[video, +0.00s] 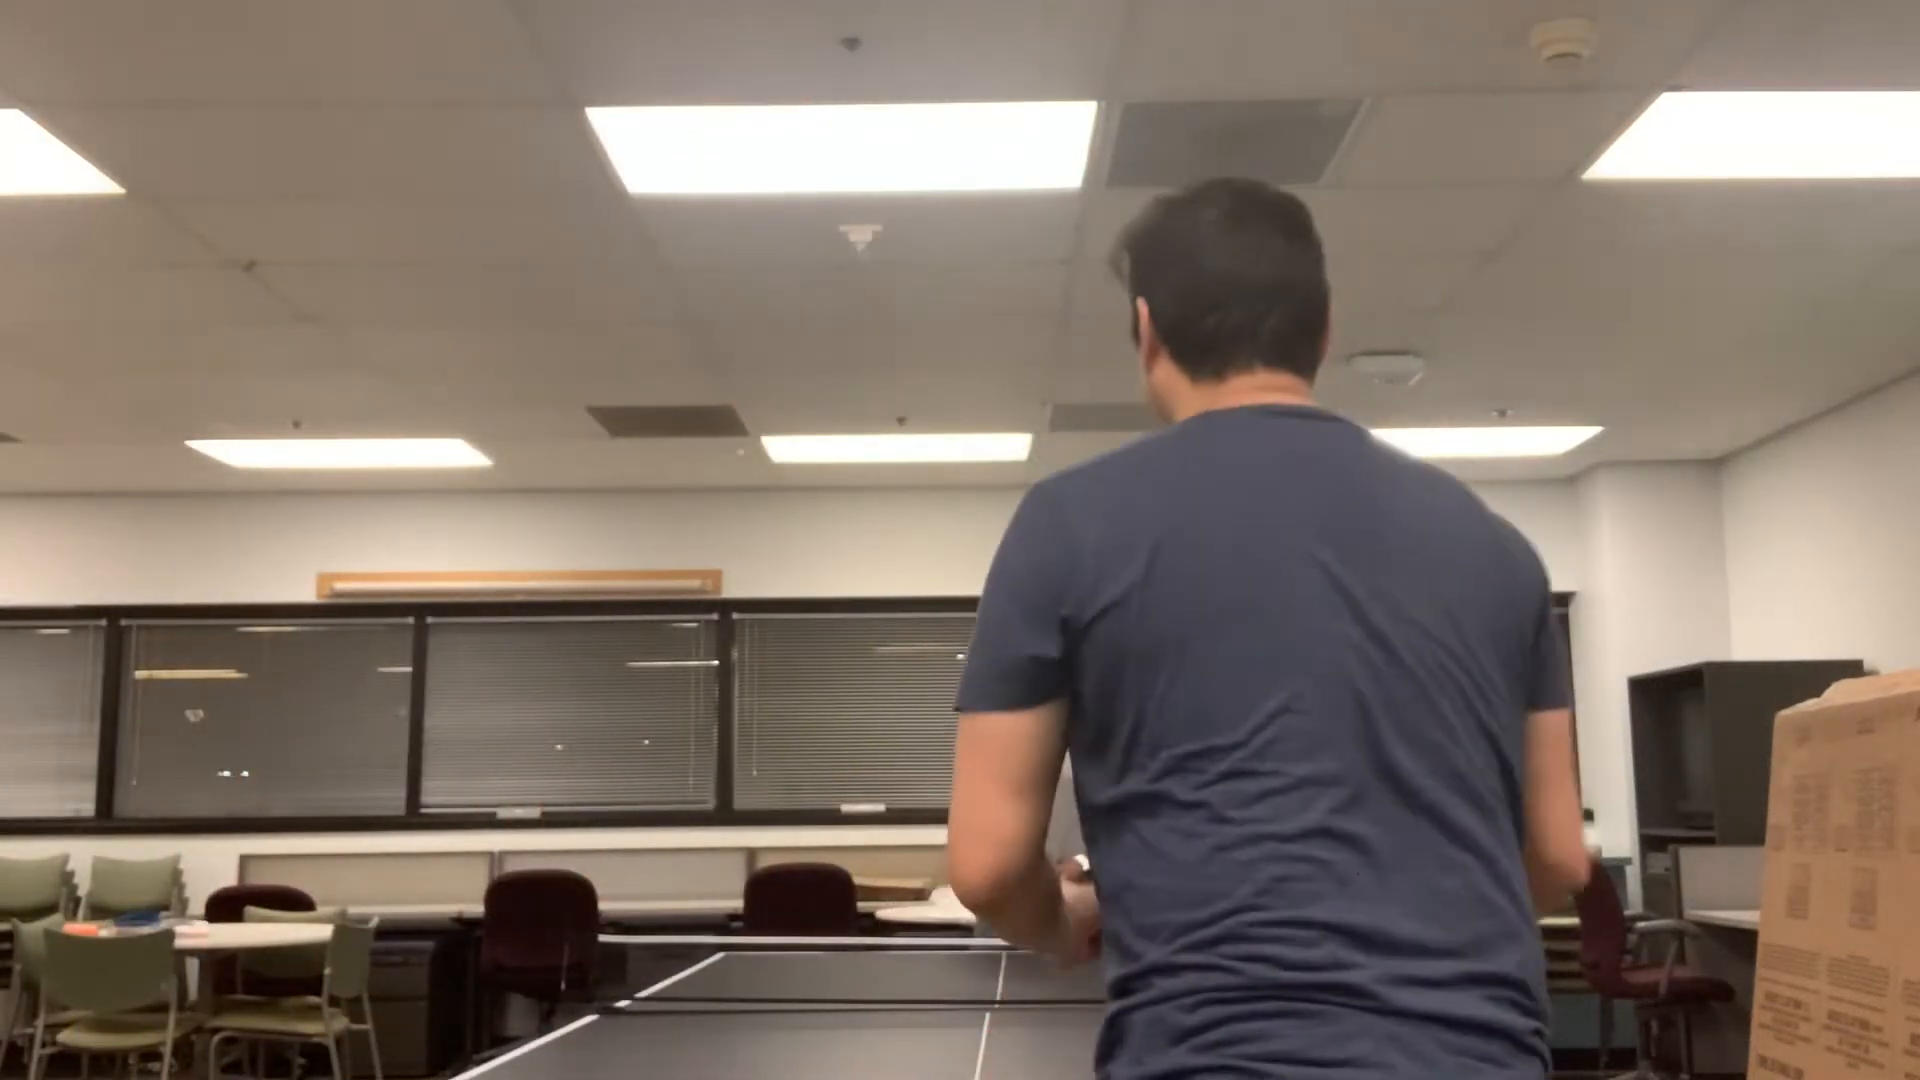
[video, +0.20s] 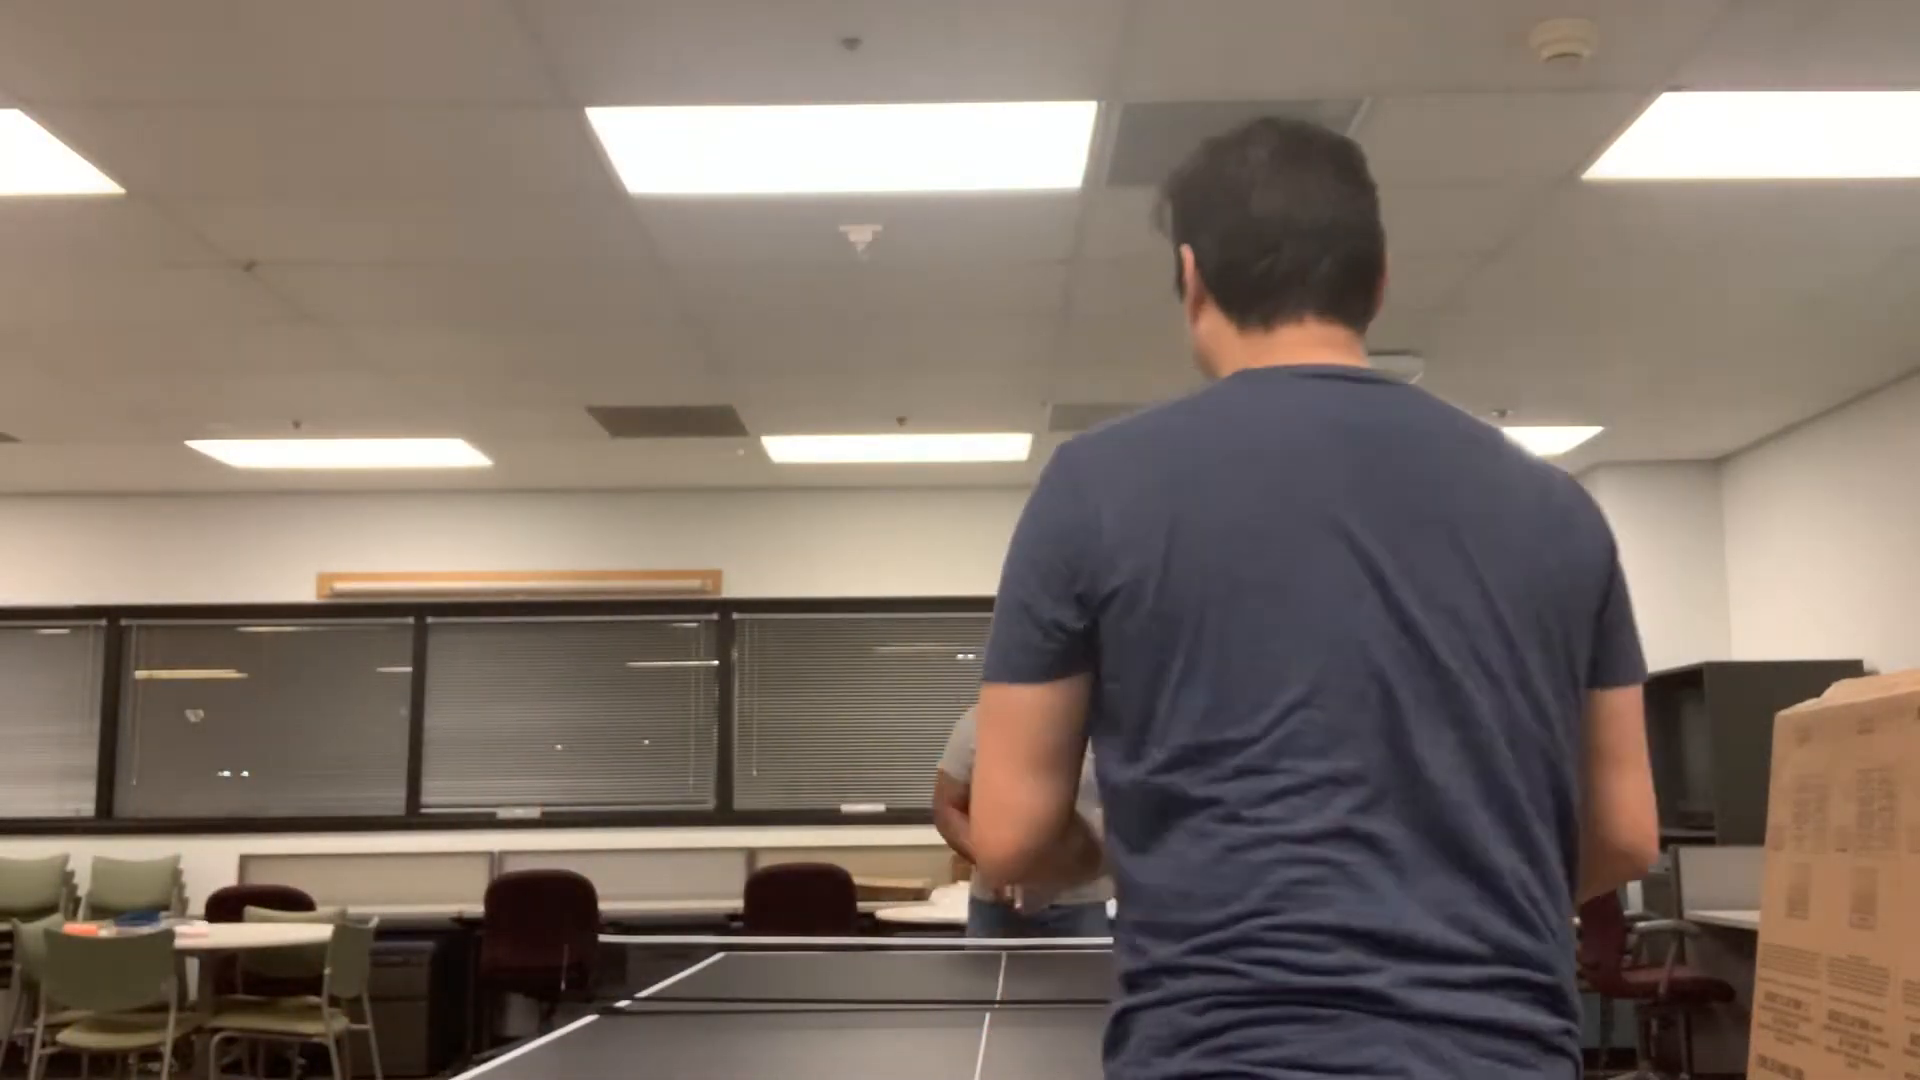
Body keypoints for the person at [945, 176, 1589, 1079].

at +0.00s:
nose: (1134, 350)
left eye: (1130, 328)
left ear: (1146, 329)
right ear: (1324, 330)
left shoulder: (1076, 516)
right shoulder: (1490, 544)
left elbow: (988, 864)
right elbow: (1559, 857)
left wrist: (1064, 923)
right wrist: (1426, 895)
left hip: (1205, 1044)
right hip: (1474, 1048)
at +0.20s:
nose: (1179, 303)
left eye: (1175, 283)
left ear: (1191, 278)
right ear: (1380, 279)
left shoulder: (1104, 479)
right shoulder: (1549, 505)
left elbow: (1012, 847)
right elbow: (1625, 835)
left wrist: (1143, 823)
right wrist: (1479, 893)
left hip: (1212, 1047)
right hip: (1499, 1052)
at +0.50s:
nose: (1251, 284)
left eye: (1247, 256)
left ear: (1269, 252)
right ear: (1464, 245)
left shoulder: (1194, 461)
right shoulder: (1625, 459)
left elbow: (1092, 798)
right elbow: (1645, 739)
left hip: (1324, 1044)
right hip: (1624, 1045)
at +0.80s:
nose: (1325, 304)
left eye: (1319, 272)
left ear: (1341, 262)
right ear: (1535, 250)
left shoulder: (1296, 472)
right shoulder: (1706, 444)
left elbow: (1191, 800)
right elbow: (1724, 709)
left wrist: (1298, 615)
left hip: (1477, 1046)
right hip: (1774, 1042)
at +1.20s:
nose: (1303, 301)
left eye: (1296, 269)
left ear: (1320, 258)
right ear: (1513, 248)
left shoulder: (1285, 458)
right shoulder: (1676, 425)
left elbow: (1189, 792)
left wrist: (1286, 673)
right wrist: (1320, 681)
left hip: (1517, 1050)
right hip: (1810, 1039)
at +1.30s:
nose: (1285, 318)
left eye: (1279, 283)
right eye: (1277, 288)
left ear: (1307, 275)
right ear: (1488, 259)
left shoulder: (1292, 470)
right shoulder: (1653, 434)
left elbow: (1175, 807)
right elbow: (1515, 748)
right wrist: (1207, 751)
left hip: (1544, 1048)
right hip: (1817, 1034)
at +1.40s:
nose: (1272, 359)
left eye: (1265, 322)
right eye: (1266, 326)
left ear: (1301, 301)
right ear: (1460, 286)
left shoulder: (1314, 495)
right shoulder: (1629, 459)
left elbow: (1178, 859)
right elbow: (1496, 811)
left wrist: (1121, 817)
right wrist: (1217, 825)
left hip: (1578, 1052)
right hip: (1842, 1034)